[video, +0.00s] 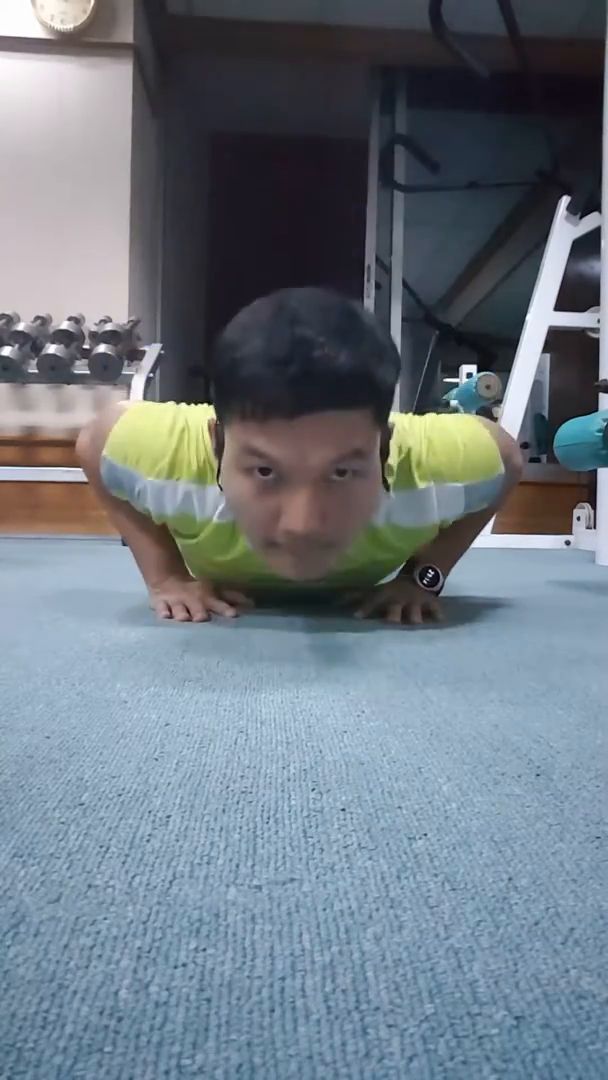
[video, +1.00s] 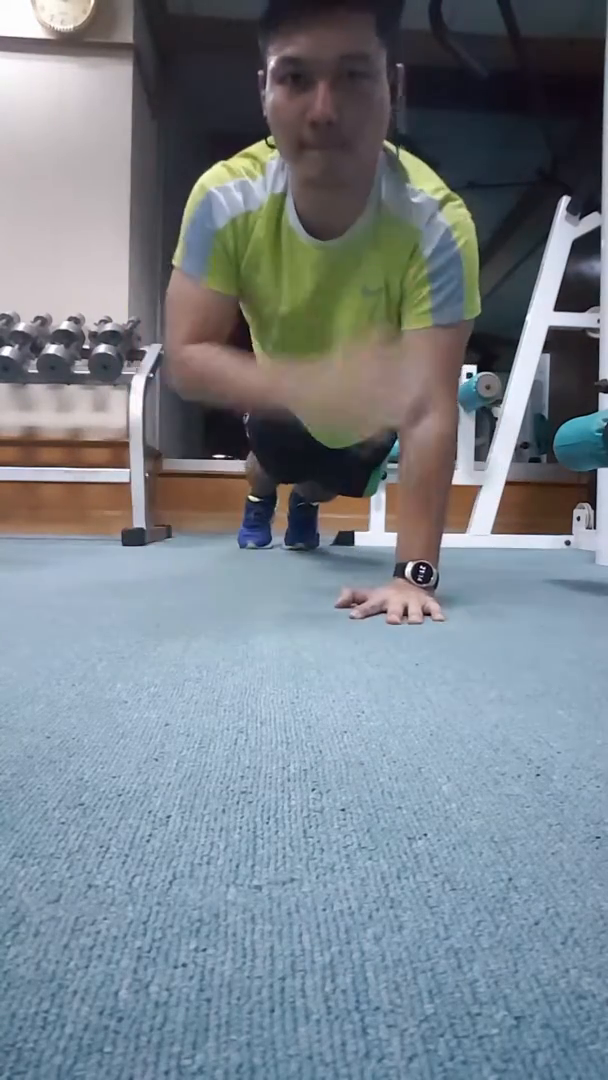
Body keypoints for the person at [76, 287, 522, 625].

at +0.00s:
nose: (303, 518)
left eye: (343, 473)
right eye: (265, 472)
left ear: (384, 453)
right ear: (217, 447)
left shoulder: (436, 466)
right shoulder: (169, 457)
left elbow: (503, 458)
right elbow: (95, 440)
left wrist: (423, 575)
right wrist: (166, 577)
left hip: (364, 570)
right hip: (220, 566)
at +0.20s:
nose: (305, 380)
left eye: (340, 338)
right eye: (271, 342)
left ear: (383, 321)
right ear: (219, 324)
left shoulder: (441, 384)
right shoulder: (163, 383)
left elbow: (495, 457)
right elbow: (102, 447)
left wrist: (421, 576)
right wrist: (168, 577)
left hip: (349, 541)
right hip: (235, 550)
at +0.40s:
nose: (318, 209)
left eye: (349, 173)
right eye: (283, 175)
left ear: (388, 174)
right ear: (236, 182)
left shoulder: (434, 284)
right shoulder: (181, 283)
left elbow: (479, 442)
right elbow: (124, 432)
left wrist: (417, 577)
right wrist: (169, 576)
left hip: (348, 486)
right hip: (242, 485)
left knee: (330, 518)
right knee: (255, 521)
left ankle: (317, 531)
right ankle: (263, 531)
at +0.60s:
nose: (324, 111)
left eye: (353, 77)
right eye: (292, 80)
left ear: (391, 89)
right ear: (251, 97)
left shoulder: (440, 223)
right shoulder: (207, 224)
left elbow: (437, 407)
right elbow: (152, 407)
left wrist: (416, 575)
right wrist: (169, 574)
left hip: (358, 435)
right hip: (261, 429)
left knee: (319, 487)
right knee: (261, 479)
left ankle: (303, 511)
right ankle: (262, 506)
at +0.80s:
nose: (326, 103)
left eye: (354, 72)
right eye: (297, 73)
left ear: (392, 86)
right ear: (262, 90)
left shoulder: (431, 222)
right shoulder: (217, 202)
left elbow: (429, 407)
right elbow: (173, 355)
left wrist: (414, 573)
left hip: (365, 396)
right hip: (269, 384)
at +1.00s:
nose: (324, 107)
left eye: (354, 76)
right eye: (296, 79)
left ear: (393, 88)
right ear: (265, 93)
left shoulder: (434, 223)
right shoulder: (225, 199)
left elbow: (430, 405)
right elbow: (188, 358)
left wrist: (414, 574)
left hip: (368, 414)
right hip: (278, 402)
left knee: (327, 482)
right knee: (270, 471)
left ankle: (305, 504)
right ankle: (262, 502)